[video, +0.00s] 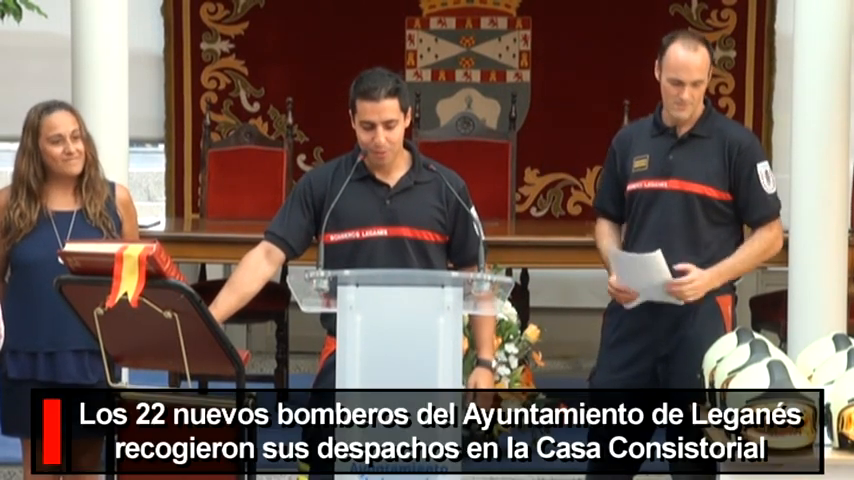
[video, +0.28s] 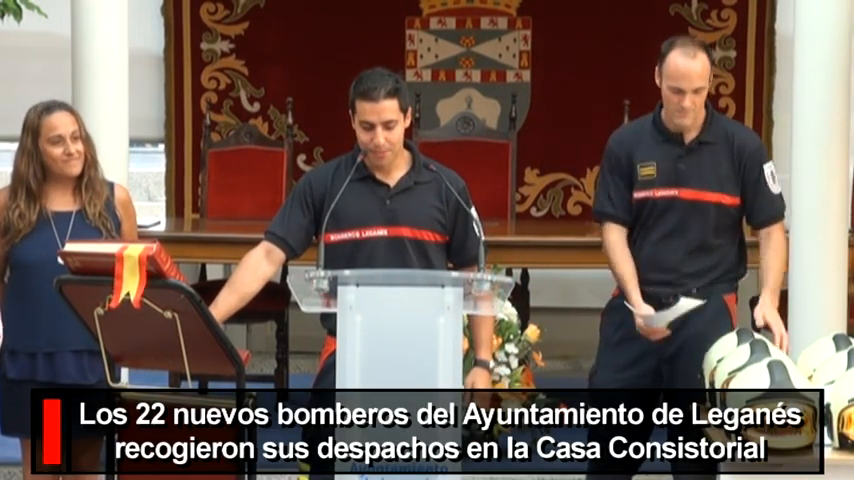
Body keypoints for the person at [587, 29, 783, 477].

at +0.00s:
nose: (685, 95)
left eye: (695, 84)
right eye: (676, 82)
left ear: (708, 81)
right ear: (658, 76)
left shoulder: (738, 145)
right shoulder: (628, 141)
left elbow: (772, 234)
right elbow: (607, 219)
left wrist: (710, 278)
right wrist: (617, 269)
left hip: (700, 325)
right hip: (631, 320)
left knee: (694, 457)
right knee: (608, 451)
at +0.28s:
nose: (687, 102)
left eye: (696, 91)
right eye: (677, 90)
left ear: (710, 85)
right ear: (658, 82)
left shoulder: (742, 145)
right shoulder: (626, 144)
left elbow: (772, 229)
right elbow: (613, 229)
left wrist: (768, 299)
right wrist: (636, 300)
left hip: (706, 312)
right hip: (634, 309)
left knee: (697, 446)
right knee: (609, 441)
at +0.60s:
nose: (674, 122)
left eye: (684, 110)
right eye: (664, 110)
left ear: (704, 100)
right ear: (651, 102)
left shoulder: (740, 153)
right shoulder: (625, 160)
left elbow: (759, 242)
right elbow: (633, 257)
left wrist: (771, 321)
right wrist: (664, 336)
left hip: (706, 310)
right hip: (634, 307)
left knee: (698, 441)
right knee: (605, 432)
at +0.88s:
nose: (647, 127)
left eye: (659, 115)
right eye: (639, 115)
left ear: (686, 106)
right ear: (630, 110)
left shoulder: (728, 152)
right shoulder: (613, 167)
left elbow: (755, 238)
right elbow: (622, 264)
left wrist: (752, 310)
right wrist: (660, 337)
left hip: (704, 313)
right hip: (630, 310)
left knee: (694, 444)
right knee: (603, 432)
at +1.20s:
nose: (637, 121)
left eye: (647, 108)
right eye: (628, 110)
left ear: (671, 96)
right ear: (618, 103)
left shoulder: (719, 147)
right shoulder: (600, 159)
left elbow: (763, 217)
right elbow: (586, 238)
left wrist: (718, 259)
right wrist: (606, 309)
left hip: (698, 314)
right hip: (625, 313)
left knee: (691, 445)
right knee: (600, 441)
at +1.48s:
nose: (612, 98)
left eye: (622, 86)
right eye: (608, 87)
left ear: (657, 82)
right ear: (605, 86)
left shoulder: (705, 145)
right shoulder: (597, 144)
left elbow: (741, 232)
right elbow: (582, 225)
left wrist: (671, 265)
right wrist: (570, 274)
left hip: (673, 324)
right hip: (603, 322)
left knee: (679, 460)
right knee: (572, 457)